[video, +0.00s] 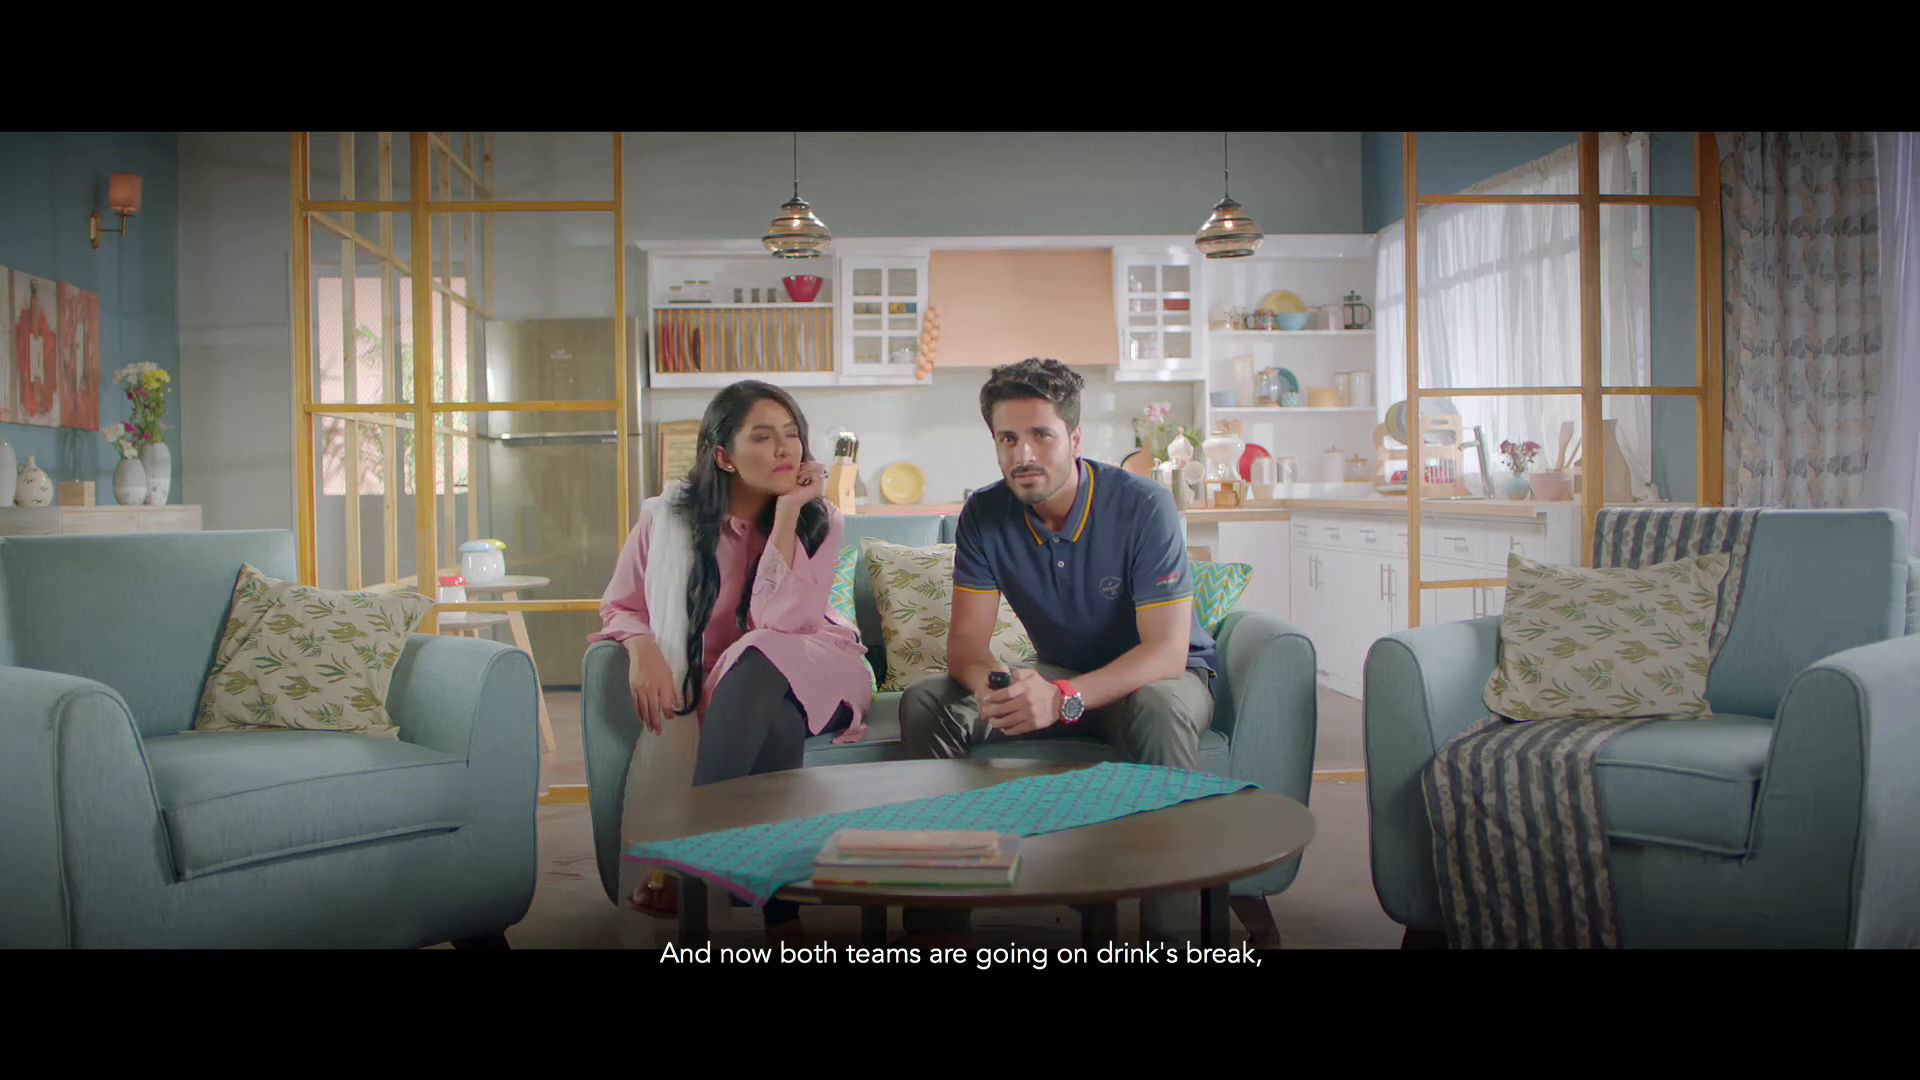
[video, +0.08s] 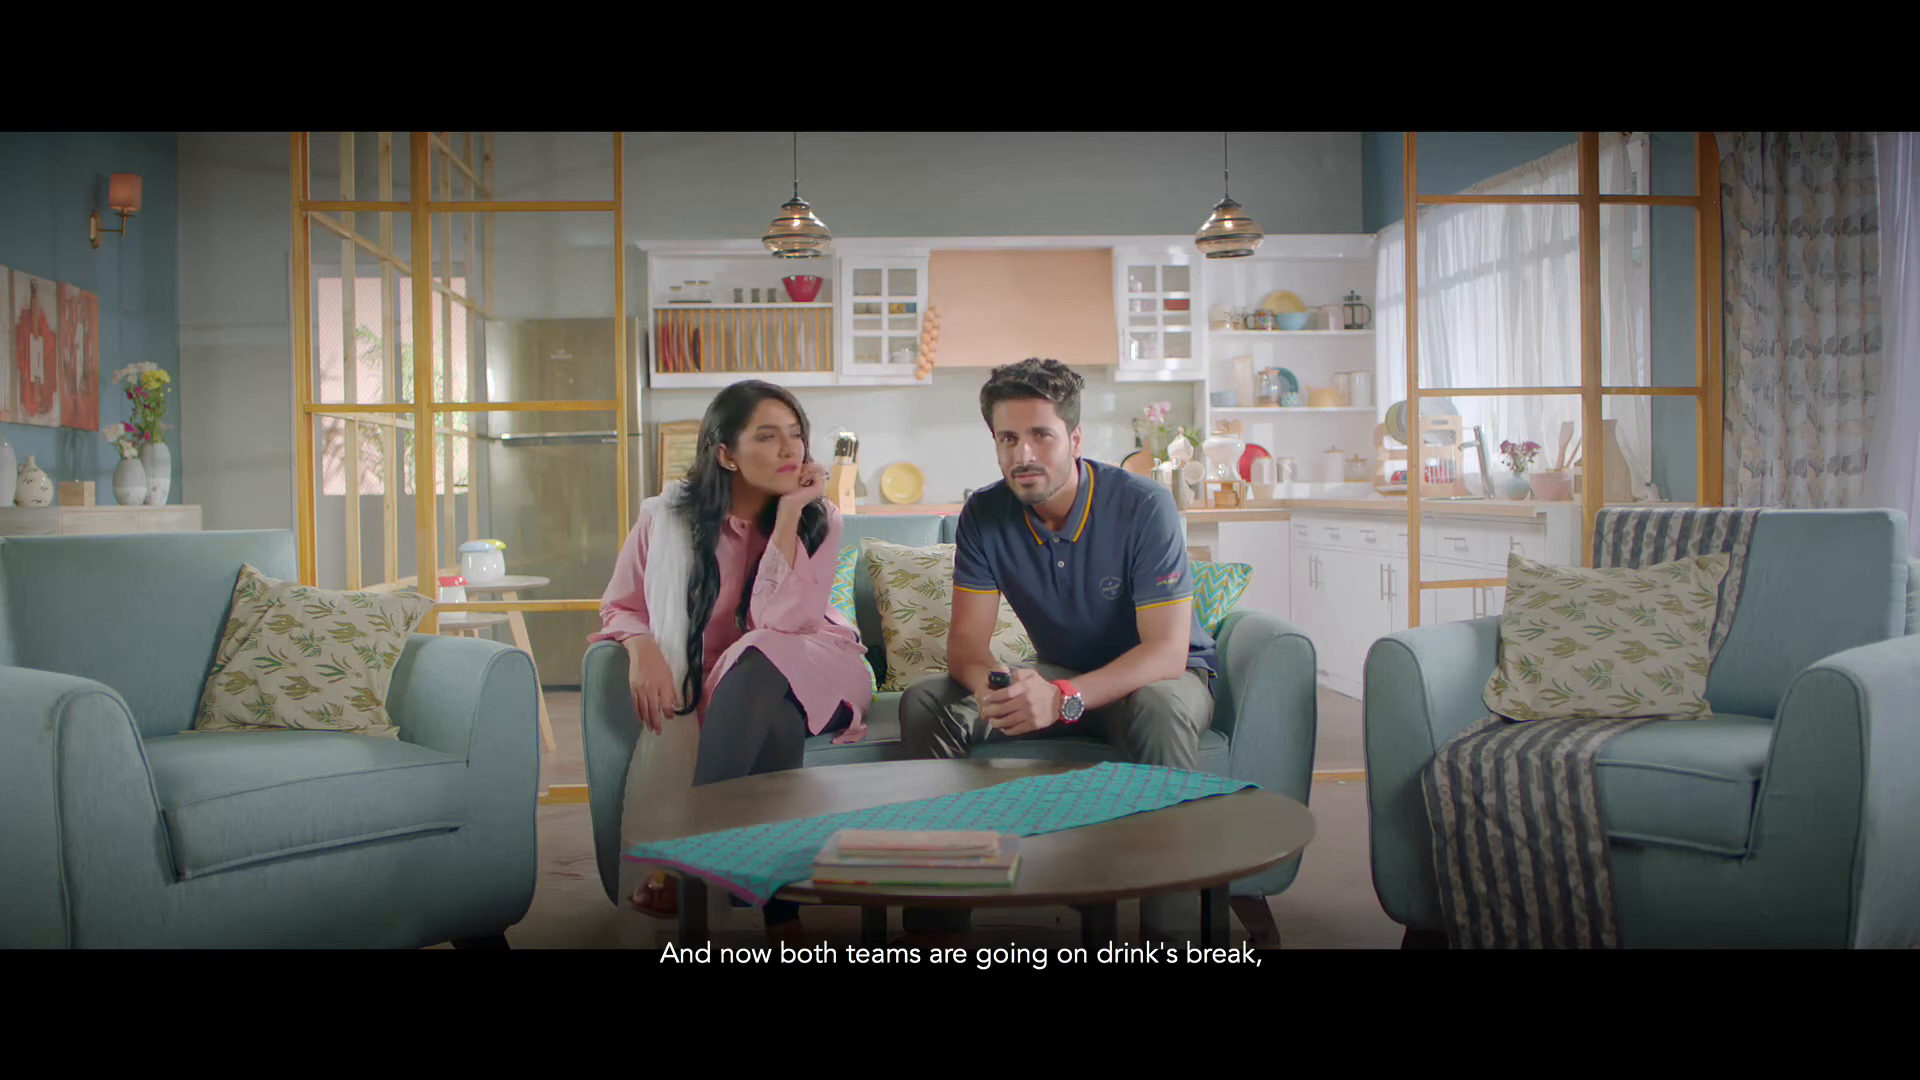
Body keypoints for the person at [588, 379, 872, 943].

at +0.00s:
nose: (785, 448)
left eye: (792, 433)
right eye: (764, 436)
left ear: (803, 445)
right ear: (724, 456)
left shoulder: (816, 520)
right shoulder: (664, 517)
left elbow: (784, 623)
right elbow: (621, 610)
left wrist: (786, 519)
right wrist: (641, 642)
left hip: (822, 670)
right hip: (721, 680)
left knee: (758, 656)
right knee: (777, 721)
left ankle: (687, 863)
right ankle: (780, 910)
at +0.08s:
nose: (790, 448)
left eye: (795, 434)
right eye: (769, 435)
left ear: (805, 445)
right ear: (727, 454)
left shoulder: (815, 519)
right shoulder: (663, 517)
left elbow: (783, 622)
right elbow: (620, 611)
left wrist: (788, 517)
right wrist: (640, 641)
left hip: (821, 669)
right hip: (722, 679)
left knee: (757, 656)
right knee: (777, 721)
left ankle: (687, 863)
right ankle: (780, 909)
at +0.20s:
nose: (794, 448)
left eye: (798, 434)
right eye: (773, 435)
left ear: (808, 446)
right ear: (730, 453)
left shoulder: (816, 520)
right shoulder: (664, 516)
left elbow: (781, 622)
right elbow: (620, 610)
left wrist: (789, 520)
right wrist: (641, 642)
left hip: (821, 669)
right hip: (722, 680)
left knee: (756, 657)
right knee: (777, 721)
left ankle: (687, 864)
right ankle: (780, 910)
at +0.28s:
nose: (795, 448)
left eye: (800, 435)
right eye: (775, 435)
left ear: (809, 445)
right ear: (731, 453)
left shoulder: (816, 520)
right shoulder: (664, 516)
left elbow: (782, 622)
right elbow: (620, 609)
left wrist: (790, 519)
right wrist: (641, 642)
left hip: (820, 669)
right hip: (722, 680)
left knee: (756, 657)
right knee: (778, 720)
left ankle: (688, 865)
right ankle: (779, 907)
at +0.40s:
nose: (796, 448)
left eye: (801, 435)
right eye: (775, 435)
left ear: (810, 446)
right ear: (732, 453)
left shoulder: (816, 520)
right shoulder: (664, 516)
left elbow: (783, 622)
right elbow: (620, 610)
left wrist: (791, 519)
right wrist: (640, 641)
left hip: (820, 669)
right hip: (722, 680)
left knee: (756, 657)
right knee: (777, 721)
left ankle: (687, 865)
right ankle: (780, 909)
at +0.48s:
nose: (797, 449)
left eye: (802, 435)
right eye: (775, 435)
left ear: (811, 446)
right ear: (732, 453)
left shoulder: (817, 521)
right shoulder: (665, 516)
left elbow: (782, 623)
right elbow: (620, 610)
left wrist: (791, 519)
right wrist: (642, 641)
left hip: (820, 668)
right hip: (723, 679)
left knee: (757, 657)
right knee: (778, 720)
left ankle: (688, 865)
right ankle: (779, 907)